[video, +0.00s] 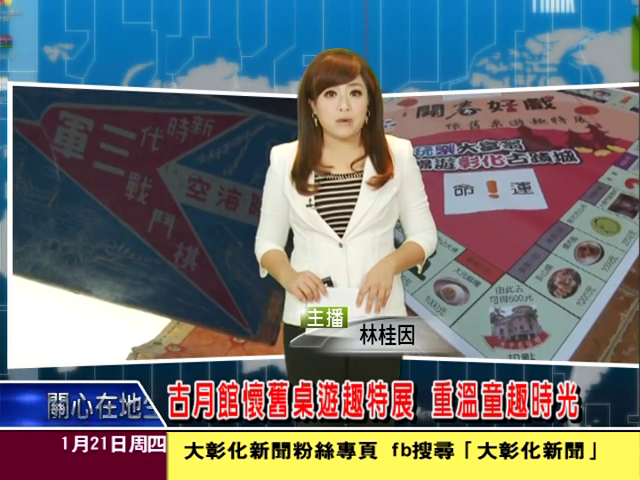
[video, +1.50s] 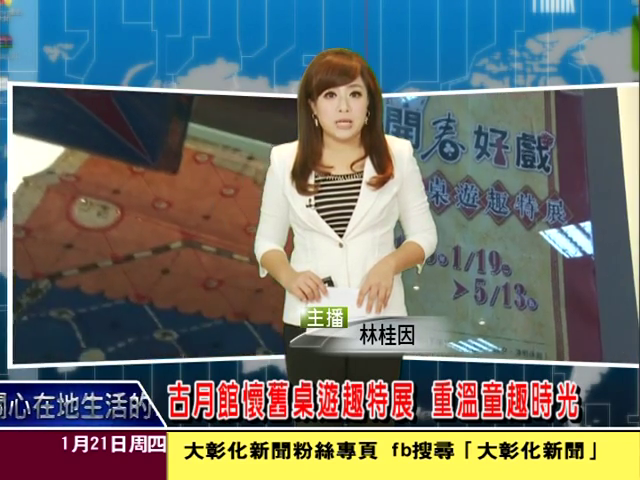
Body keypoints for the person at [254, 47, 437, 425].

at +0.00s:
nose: (344, 105)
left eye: (355, 93)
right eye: (331, 95)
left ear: (370, 102)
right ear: (311, 105)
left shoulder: (395, 155)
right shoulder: (286, 160)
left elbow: (424, 236)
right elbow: (267, 242)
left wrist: (390, 264)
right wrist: (291, 276)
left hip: (378, 325)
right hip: (308, 323)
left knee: (376, 439)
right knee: (313, 438)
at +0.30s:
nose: (344, 105)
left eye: (355, 93)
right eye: (331, 94)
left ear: (370, 102)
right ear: (312, 105)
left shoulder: (395, 155)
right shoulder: (287, 159)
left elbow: (424, 236)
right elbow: (267, 242)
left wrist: (390, 264)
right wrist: (291, 276)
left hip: (378, 325)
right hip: (308, 323)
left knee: (376, 439)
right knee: (313, 438)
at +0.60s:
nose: (343, 104)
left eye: (354, 92)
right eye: (330, 94)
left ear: (369, 101)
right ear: (311, 105)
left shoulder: (395, 155)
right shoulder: (286, 159)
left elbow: (424, 236)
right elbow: (267, 242)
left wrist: (389, 264)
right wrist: (290, 276)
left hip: (377, 324)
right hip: (308, 323)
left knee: (375, 440)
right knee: (313, 439)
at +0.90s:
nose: (343, 105)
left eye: (354, 93)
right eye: (330, 94)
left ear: (369, 102)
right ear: (311, 105)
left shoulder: (395, 155)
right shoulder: (286, 160)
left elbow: (424, 236)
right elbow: (266, 243)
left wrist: (389, 264)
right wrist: (290, 276)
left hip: (377, 324)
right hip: (309, 322)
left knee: (376, 438)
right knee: (313, 438)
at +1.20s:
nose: (343, 105)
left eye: (354, 93)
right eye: (330, 94)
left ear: (369, 102)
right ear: (311, 105)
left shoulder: (395, 155)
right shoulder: (286, 160)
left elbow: (424, 236)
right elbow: (267, 242)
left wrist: (389, 264)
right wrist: (290, 276)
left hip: (378, 323)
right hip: (309, 322)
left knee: (376, 438)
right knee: (314, 437)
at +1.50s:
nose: (344, 107)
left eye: (355, 95)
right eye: (331, 96)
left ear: (370, 102)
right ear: (311, 105)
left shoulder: (396, 155)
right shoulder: (286, 160)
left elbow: (424, 236)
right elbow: (267, 242)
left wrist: (389, 264)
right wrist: (290, 276)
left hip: (378, 324)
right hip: (309, 322)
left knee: (376, 437)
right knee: (314, 436)